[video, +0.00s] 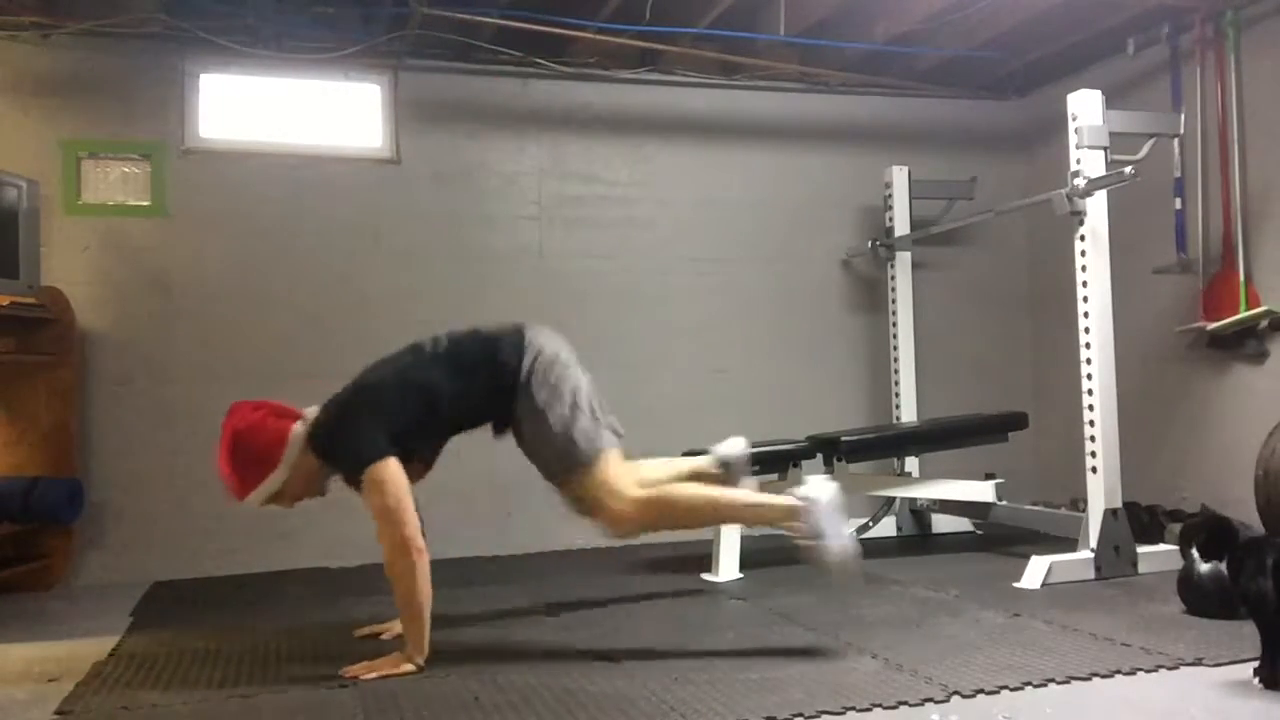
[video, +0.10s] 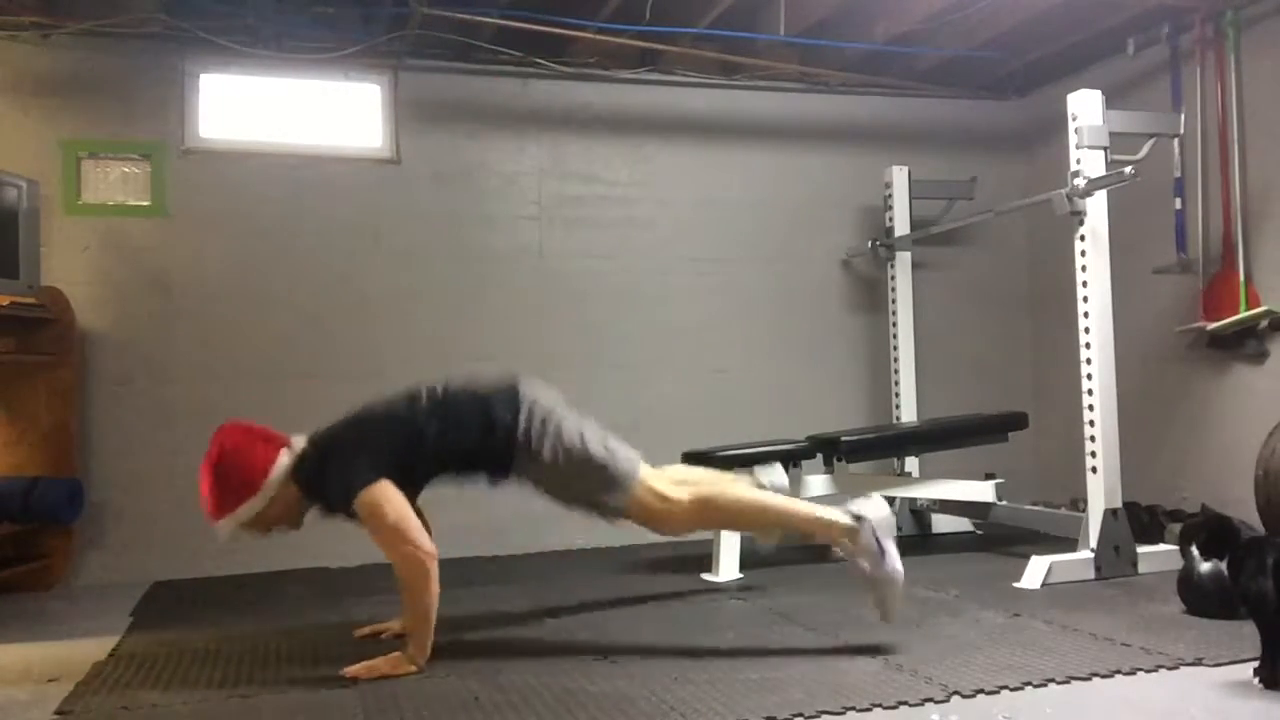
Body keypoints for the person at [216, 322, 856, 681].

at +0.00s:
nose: (285, 505)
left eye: (274, 493)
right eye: (270, 500)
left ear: (288, 458)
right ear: (288, 446)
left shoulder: (359, 435)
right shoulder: (347, 425)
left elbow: (406, 549)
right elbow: (402, 534)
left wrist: (415, 651)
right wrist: (407, 614)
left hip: (528, 370)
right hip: (517, 382)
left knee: (623, 509)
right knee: (604, 496)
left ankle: (801, 510)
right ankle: (716, 466)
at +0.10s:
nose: (263, 533)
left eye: (253, 519)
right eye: (249, 526)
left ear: (267, 488)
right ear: (272, 477)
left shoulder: (343, 471)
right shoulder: (334, 461)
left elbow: (419, 563)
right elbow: (421, 550)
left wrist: (414, 657)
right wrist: (415, 622)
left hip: (517, 424)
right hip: (513, 427)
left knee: (667, 506)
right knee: (662, 495)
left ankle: (845, 527)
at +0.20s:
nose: (247, 564)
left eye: (243, 551)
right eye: (239, 554)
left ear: (264, 525)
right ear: (266, 510)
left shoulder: (342, 509)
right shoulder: (327, 501)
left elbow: (431, 562)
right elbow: (424, 556)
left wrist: (418, 655)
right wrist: (408, 630)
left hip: (541, 490)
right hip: (528, 488)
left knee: (700, 542)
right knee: (676, 532)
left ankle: (871, 570)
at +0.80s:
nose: (261, 517)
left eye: (259, 504)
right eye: (251, 508)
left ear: (289, 472)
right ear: (288, 471)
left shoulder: (358, 471)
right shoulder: (340, 483)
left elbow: (423, 556)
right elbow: (415, 552)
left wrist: (417, 652)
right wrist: (410, 634)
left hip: (554, 491)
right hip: (544, 506)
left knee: (707, 544)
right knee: (669, 547)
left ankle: (886, 575)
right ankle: (760, 553)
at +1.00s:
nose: (291, 464)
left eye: (286, 451)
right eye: (280, 455)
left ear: (306, 429)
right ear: (312, 414)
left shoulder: (386, 421)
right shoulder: (371, 421)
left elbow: (415, 546)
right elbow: (408, 539)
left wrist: (416, 652)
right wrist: (410, 621)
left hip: (560, 360)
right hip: (537, 384)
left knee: (590, 507)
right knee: (561, 503)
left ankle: (762, 539)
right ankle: (694, 505)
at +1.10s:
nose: (326, 453)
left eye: (321, 438)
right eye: (315, 445)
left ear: (344, 409)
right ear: (346, 402)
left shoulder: (408, 411)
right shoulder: (395, 409)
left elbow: (419, 541)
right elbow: (422, 528)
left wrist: (415, 655)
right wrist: (417, 615)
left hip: (582, 359)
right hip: (560, 368)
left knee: (500, 465)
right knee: (487, 466)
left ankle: (647, 565)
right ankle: (615, 523)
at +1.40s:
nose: (363, 352)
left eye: (367, 338)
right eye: (361, 340)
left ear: (398, 332)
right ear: (405, 332)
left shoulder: (452, 373)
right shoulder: (432, 383)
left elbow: (415, 505)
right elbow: (417, 506)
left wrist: (373, 616)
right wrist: (374, 610)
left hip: (607, 460)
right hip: (578, 460)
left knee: (473, 479)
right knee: (449, 486)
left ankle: (581, 613)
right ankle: (549, 580)